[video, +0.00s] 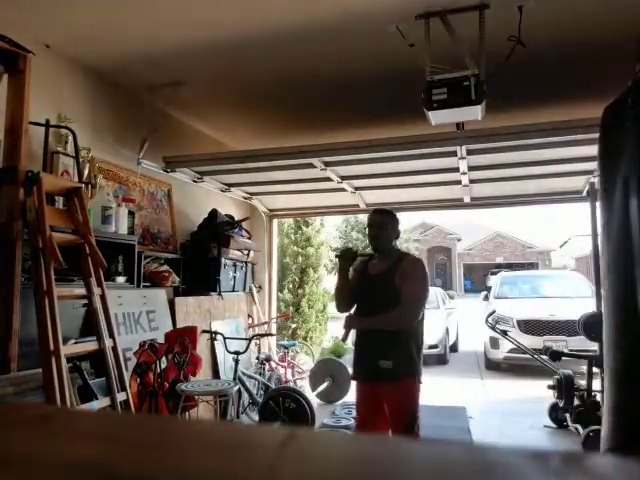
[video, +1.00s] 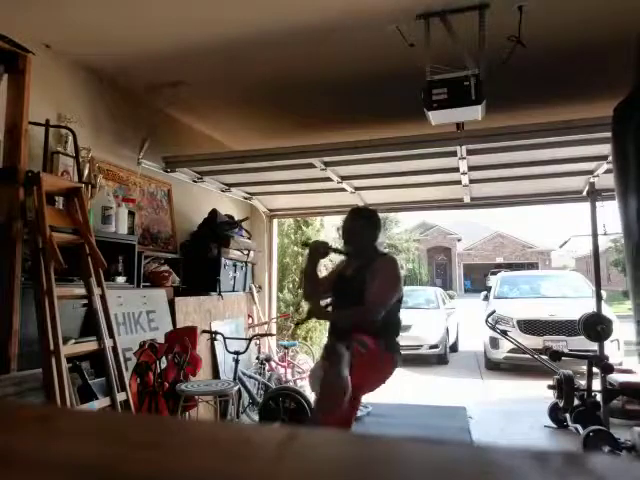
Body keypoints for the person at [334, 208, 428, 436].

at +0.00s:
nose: (374, 233)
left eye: (381, 227)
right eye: (370, 227)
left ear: (396, 231)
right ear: (366, 231)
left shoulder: (412, 266)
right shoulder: (363, 266)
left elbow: (408, 317)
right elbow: (342, 305)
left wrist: (359, 322)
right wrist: (343, 269)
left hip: (401, 368)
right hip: (367, 367)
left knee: (405, 440)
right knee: (368, 440)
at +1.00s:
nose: (345, 236)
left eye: (353, 230)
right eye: (345, 229)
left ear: (370, 234)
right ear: (343, 231)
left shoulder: (385, 265)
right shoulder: (347, 266)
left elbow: (372, 315)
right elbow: (313, 293)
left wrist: (325, 314)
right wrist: (313, 258)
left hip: (378, 351)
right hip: (344, 349)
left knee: (337, 347)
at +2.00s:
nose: (396, 220)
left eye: (406, 213)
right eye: (391, 212)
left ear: (424, 215)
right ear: (384, 213)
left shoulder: (444, 260)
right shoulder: (365, 252)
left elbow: (510, 285)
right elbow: (334, 301)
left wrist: (483, 227)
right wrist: (342, 331)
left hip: (405, 391)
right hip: (353, 380)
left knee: (401, 476)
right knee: (309, 450)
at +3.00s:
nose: (281, 218)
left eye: (289, 211)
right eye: (279, 211)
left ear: (314, 213)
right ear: (276, 214)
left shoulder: (337, 245)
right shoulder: (290, 261)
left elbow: (329, 274)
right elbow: (288, 329)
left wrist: (267, 245)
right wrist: (238, 319)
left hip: (332, 397)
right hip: (287, 394)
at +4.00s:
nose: (288, 220)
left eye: (296, 212)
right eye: (285, 214)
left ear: (319, 217)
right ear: (282, 219)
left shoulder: (344, 254)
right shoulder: (277, 261)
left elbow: (326, 308)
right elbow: (257, 297)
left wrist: (270, 320)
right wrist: (259, 245)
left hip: (342, 391)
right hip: (289, 390)